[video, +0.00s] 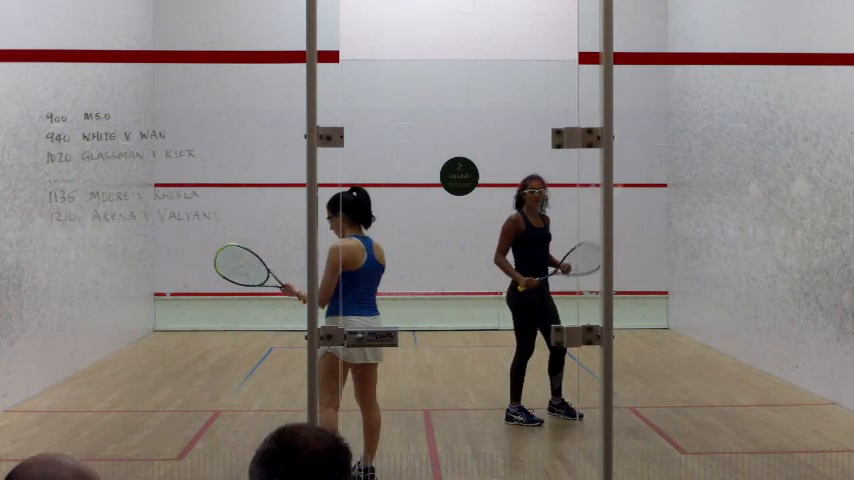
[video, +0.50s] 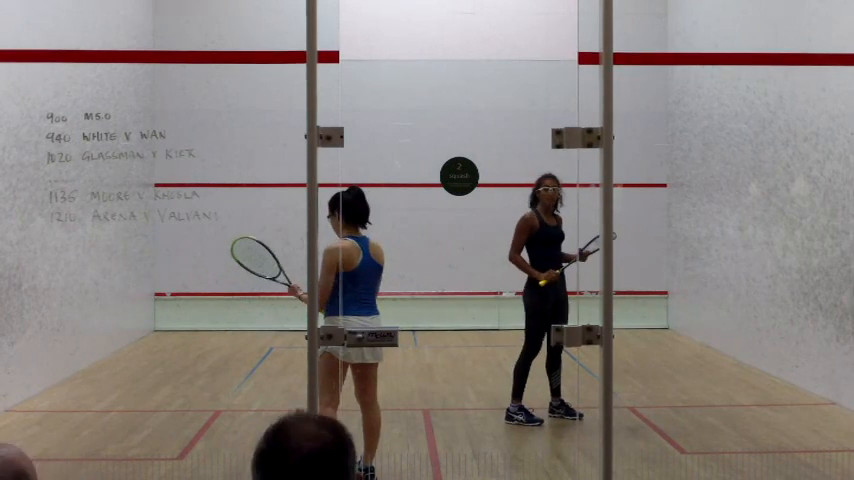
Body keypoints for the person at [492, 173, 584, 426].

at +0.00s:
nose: (538, 194)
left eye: (541, 190)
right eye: (532, 190)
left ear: (545, 194)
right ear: (523, 194)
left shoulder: (544, 221)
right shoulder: (515, 222)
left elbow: (541, 254)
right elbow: (499, 258)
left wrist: (559, 264)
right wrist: (519, 278)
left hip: (541, 291)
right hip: (521, 293)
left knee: (558, 345)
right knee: (524, 349)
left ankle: (556, 402)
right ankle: (514, 407)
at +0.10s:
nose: (539, 194)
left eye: (543, 190)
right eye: (534, 190)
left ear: (547, 194)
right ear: (525, 194)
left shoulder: (545, 221)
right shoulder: (517, 222)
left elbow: (540, 254)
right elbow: (503, 258)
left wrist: (561, 262)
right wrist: (525, 277)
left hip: (544, 292)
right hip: (524, 294)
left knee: (559, 346)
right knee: (526, 349)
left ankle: (557, 402)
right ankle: (514, 408)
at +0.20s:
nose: (543, 194)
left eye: (546, 190)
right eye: (537, 190)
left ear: (549, 194)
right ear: (527, 194)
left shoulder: (547, 220)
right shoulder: (521, 222)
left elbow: (542, 255)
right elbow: (507, 258)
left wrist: (565, 260)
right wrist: (531, 276)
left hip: (548, 291)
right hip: (529, 293)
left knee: (558, 346)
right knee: (527, 349)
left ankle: (557, 402)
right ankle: (514, 407)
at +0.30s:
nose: (546, 193)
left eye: (549, 189)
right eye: (540, 189)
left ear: (552, 193)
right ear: (530, 193)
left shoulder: (550, 219)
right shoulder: (523, 220)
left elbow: (546, 254)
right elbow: (510, 257)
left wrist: (569, 258)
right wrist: (535, 275)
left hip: (551, 290)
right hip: (532, 291)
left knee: (557, 345)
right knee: (529, 348)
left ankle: (557, 402)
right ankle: (515, 407)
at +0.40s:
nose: (550, 193)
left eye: (553, 189)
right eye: (544, 189)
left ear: (556, 194)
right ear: (535, 193)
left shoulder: (553, 220)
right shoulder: (527, 220)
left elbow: (549, 254)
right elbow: (513, 256)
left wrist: (573, 257)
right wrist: (538, 275)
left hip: (555, 290)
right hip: (535, 291)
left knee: (556, 346)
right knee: (531, 348)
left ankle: (557, 402)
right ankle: (515, 407)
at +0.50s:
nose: (550, 191)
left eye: (554, 187)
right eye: (545, 187)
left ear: (559, 193)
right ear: (537, 192)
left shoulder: (556, 219)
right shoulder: (529, 220)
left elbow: (552, 254)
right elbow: (514, 255)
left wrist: (575, 257)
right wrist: (538, 275)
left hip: (557, 289)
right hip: (537, 291)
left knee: (556, 346)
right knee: (532, 347)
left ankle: (556, 402)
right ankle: (515, 407)